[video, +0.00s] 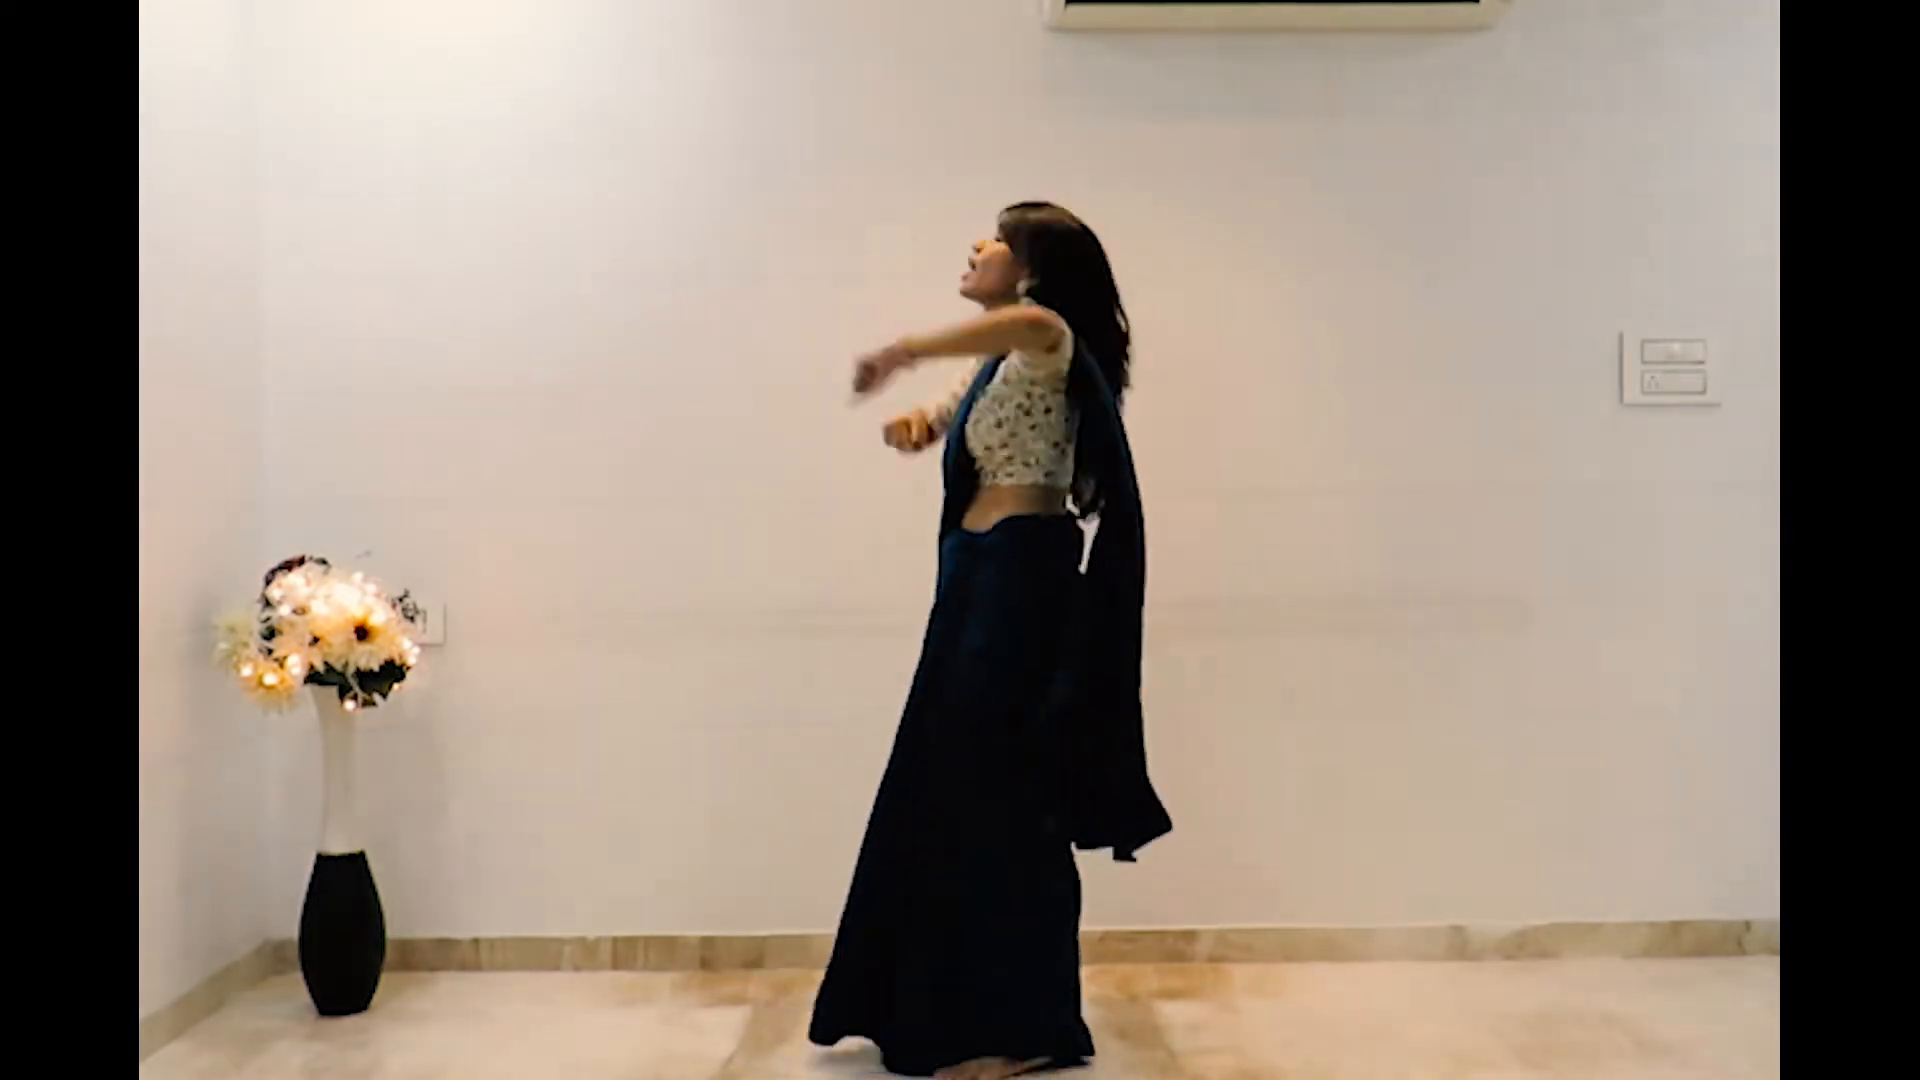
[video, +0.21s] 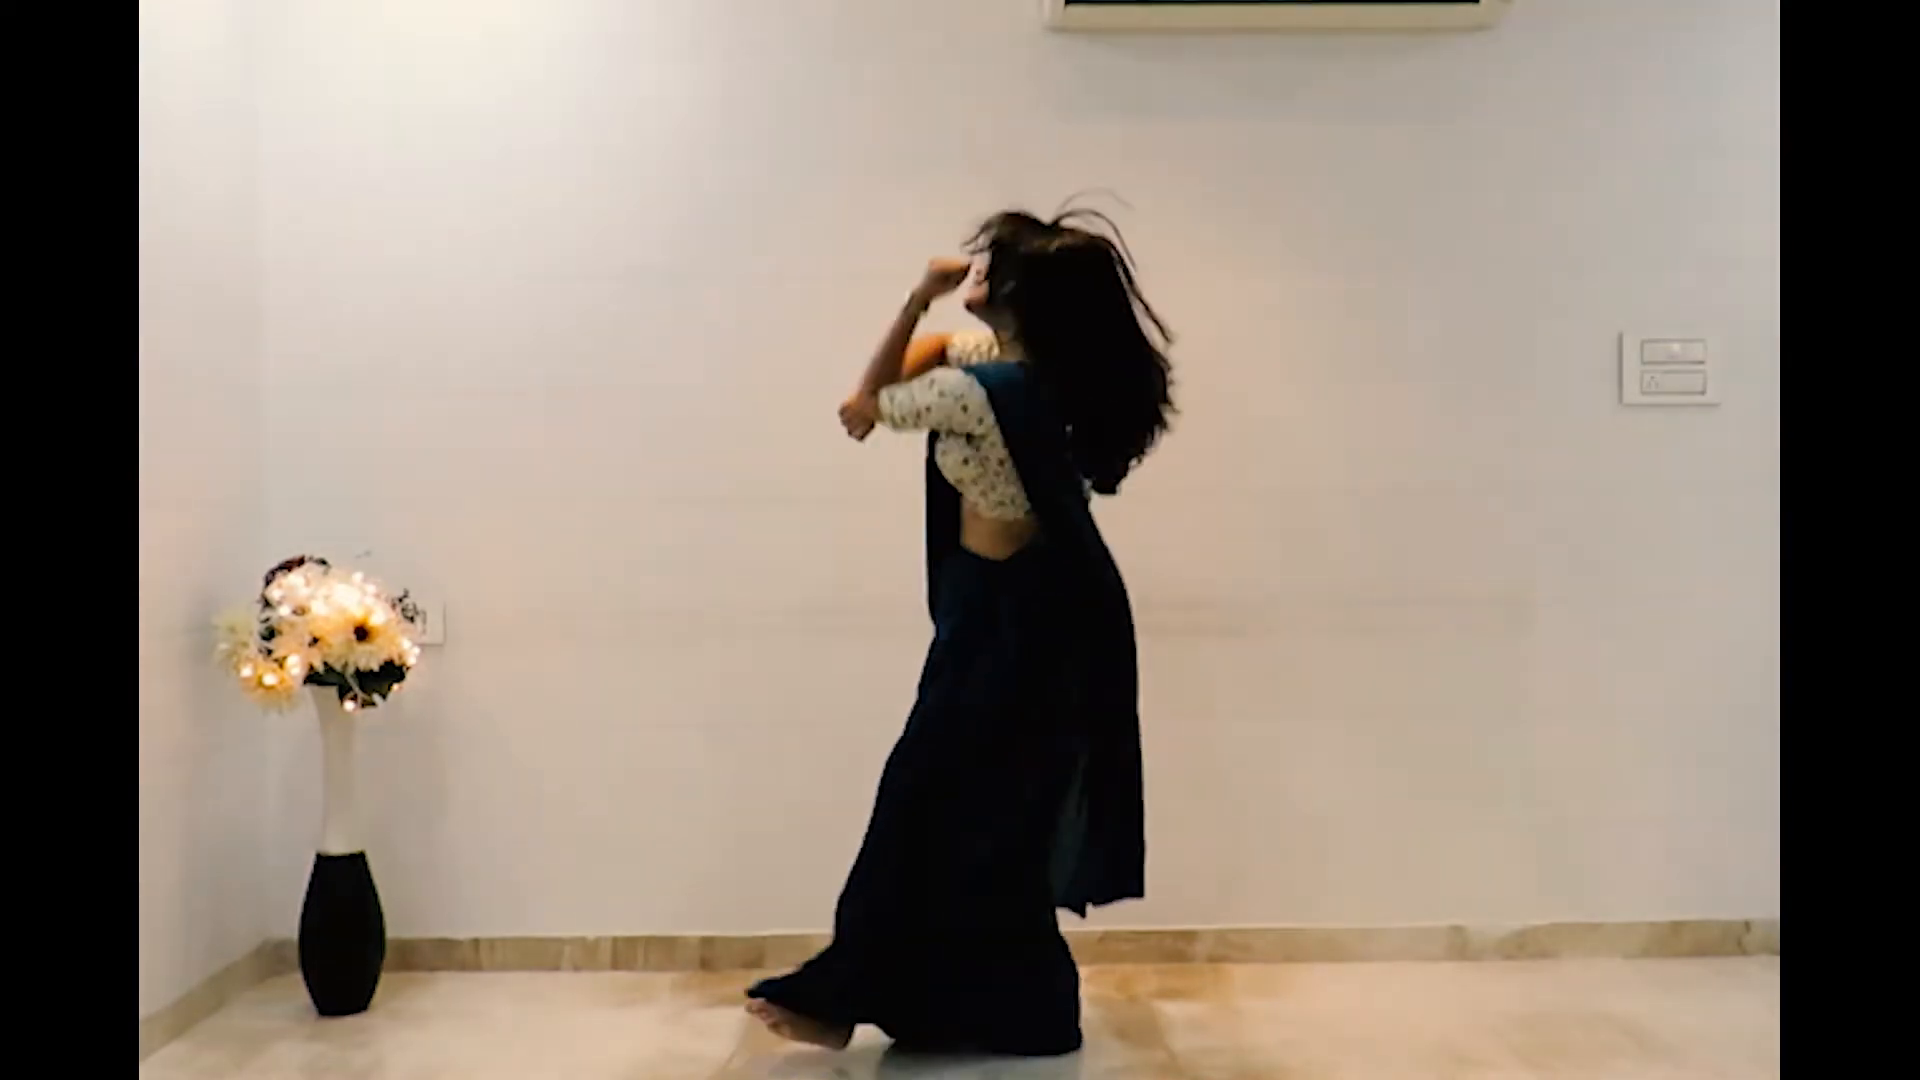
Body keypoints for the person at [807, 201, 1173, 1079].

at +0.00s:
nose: (972, 256)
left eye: (988, 247)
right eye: (979, 243)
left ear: (1029, 270)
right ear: (1018, 269)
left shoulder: (1047, 333)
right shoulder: (1005, 356)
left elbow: (1008, 330)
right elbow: (963, 405)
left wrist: (902, 351)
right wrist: (925, 424)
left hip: (1023, 581)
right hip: (989, 582)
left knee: (987, 795)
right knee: (982, 796)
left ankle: (1009, 1026)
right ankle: (999, 1019)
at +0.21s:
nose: (978, 280)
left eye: (990, 272)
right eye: (986, 267)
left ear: (1014, 301)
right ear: (1061, 305)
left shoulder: (971, 389)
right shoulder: (1065, 374)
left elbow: (864, 405)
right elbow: (956, 353)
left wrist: (923, 297)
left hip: (1001, 627)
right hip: (1068, 611)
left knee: (917, 797)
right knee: (1004, 804)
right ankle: (1014, 998)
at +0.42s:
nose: (980, 284)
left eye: (992, 273)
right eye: (987, 270)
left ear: (1013, 294)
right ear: (1071, 298)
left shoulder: (1008, 385)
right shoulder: (1063, 369)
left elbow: (885, 412)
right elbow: (965, 373)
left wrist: (896, 301)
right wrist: (898, 350)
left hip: (997, 624)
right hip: (1040, 610)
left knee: (900, 798)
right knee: (971, 803)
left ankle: (874, 1013)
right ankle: (987, 997)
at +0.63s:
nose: (1038, 238)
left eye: (1060, 235)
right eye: (1027, 226)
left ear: (1078, 271)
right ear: (998, 251)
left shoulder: (1067, 347)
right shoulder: (985, 355)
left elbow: (969, 394)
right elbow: (876, 424)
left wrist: (957, 269)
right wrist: (857, 324)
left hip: (1052, 603)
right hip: (995, 603)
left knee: (1019, 799)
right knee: (981, 798)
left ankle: (1115, 1019)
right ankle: (981, 1014)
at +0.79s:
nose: (1038, 270)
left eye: (1058, 263)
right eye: (1024, 257)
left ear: (1078, 292)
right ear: (993, 279)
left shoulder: (1100, 386)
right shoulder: (959, 387)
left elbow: (1104, 508)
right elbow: (908, 521)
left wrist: (987, 462)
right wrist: (939, 465)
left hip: (1081, 639)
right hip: (988, 638)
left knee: (1085, 838)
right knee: (983, 835)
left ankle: (1099, 1049)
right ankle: (988, 1047)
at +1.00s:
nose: (1041, 217)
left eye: (1056, 206)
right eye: (1020, 208)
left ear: (1081, 236)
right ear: (992, 239)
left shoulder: (1120, 347)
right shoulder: (956, 324)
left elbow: (1207, 438)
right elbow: (828, 387)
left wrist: (1188, 461)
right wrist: (924, 464)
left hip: (1067, 598)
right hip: (965, 594)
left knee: (1061, 790)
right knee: (972, 802)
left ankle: (1097, 1017)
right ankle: (1003, 1025)